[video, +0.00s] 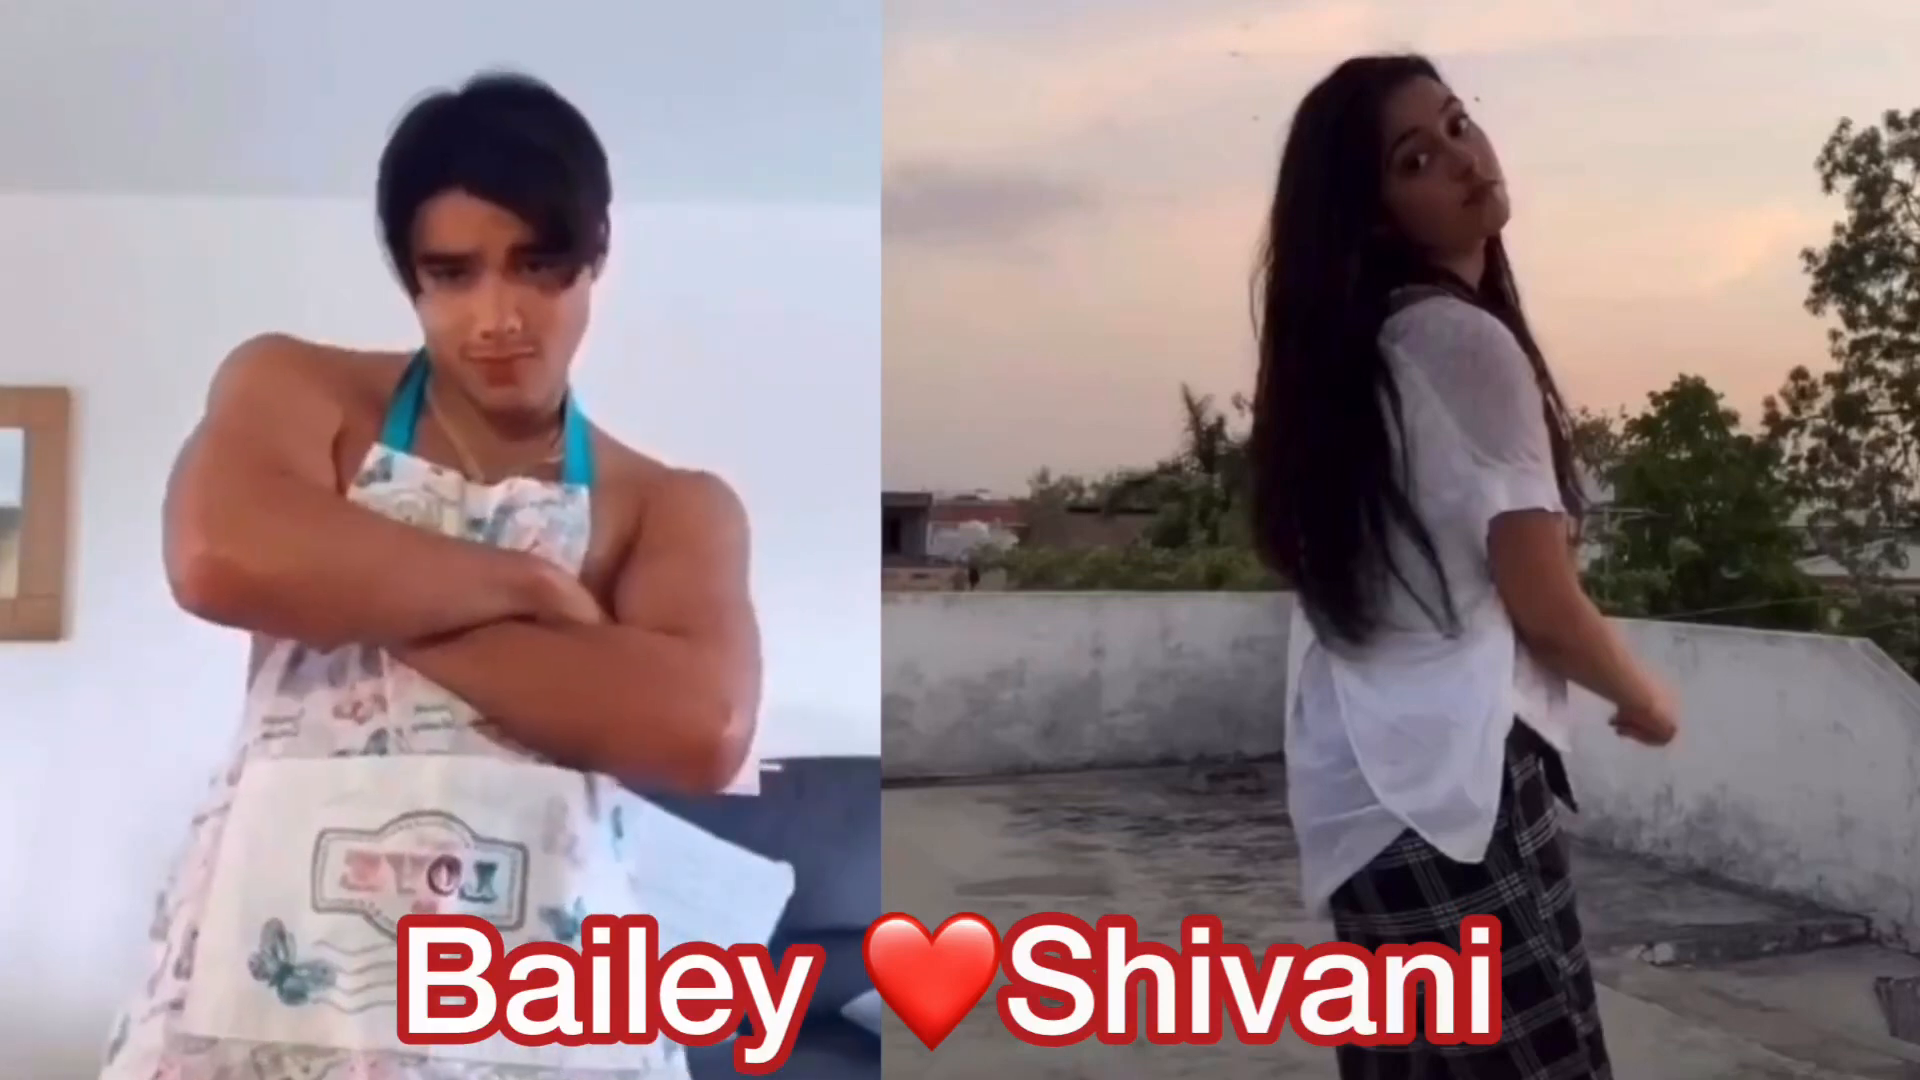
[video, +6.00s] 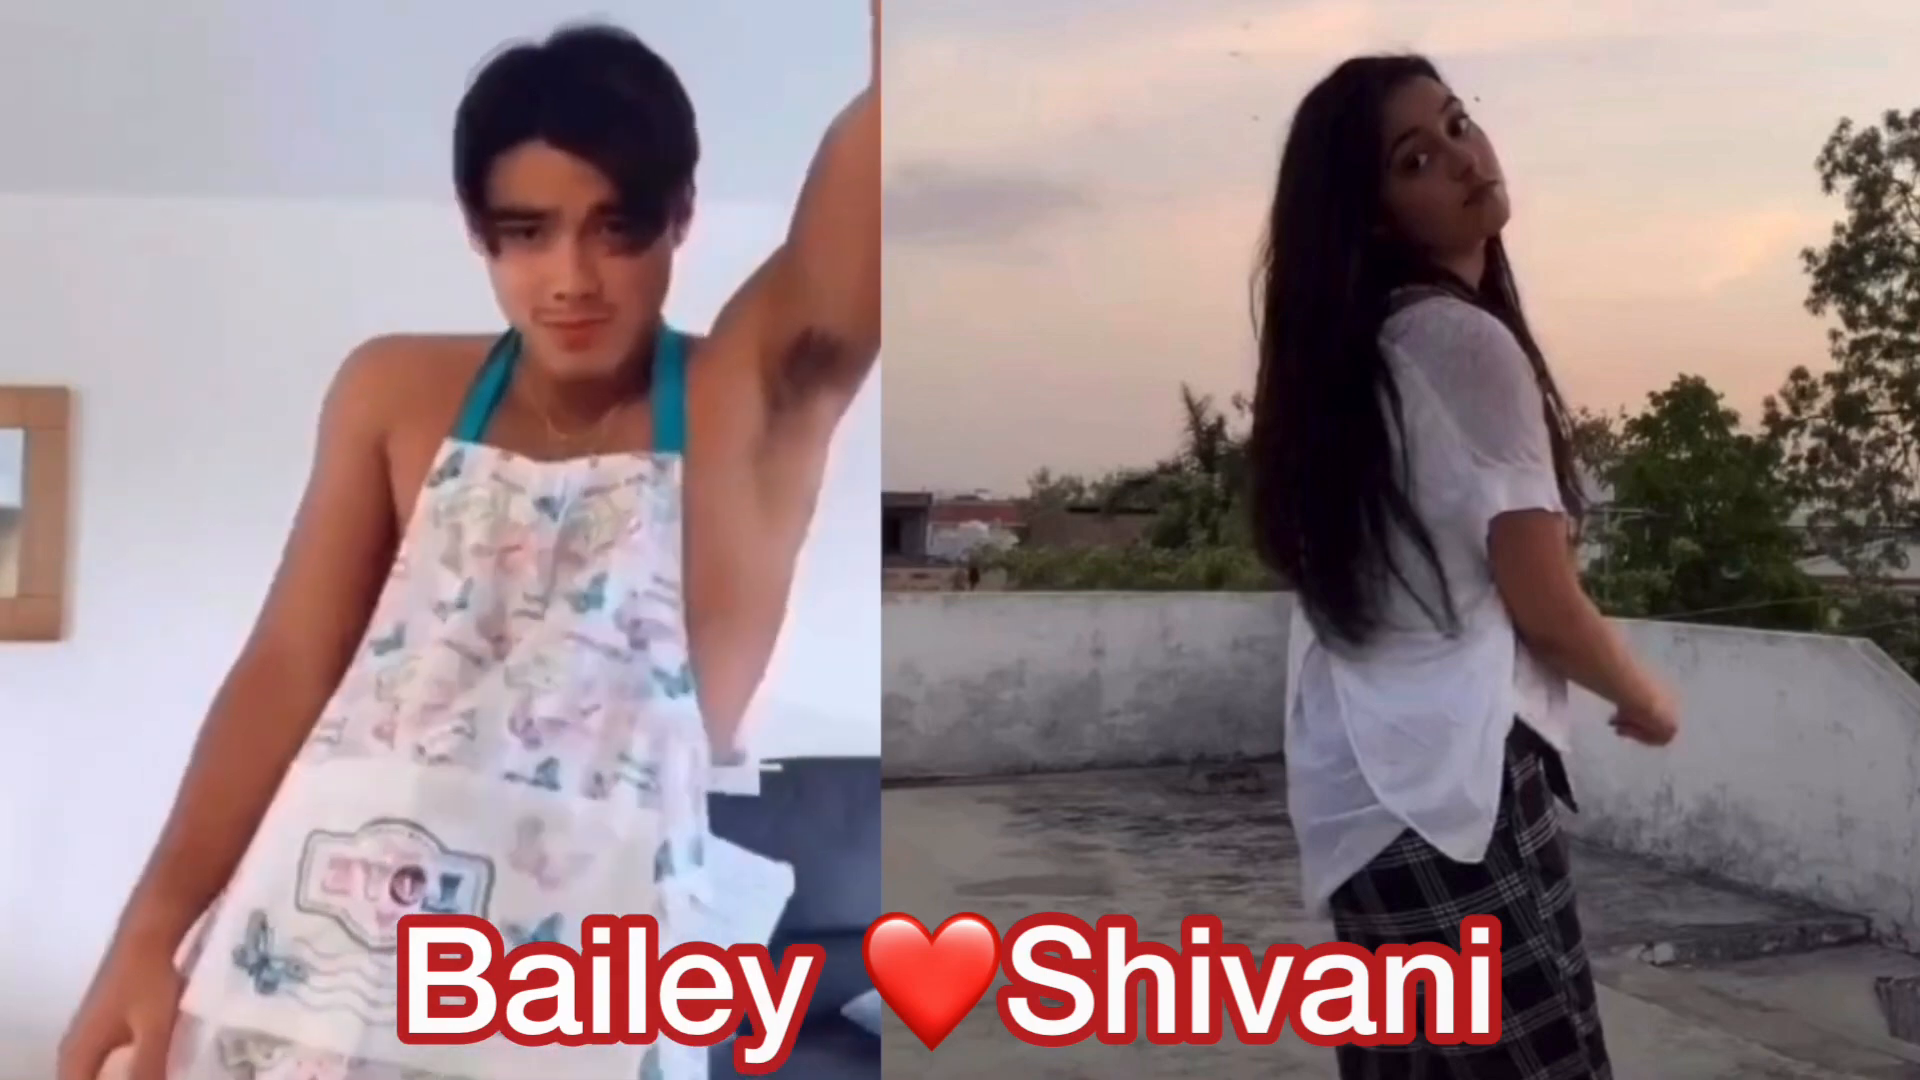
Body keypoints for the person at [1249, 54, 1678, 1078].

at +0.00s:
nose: (1467, 158)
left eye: (1459, 125)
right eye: (1418, 158)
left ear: (1480, 128)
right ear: (1370, 209)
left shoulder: (1352, 333)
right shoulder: (1464, 339)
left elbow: (1393, 567)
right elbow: (1545, 604)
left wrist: (1546, 666)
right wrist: (1643, 697)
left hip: (1362, 784)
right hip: (1451, 790)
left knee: (1397, 1056)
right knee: (1544, 1056)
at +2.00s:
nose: (1467, 158)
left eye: (1459, 125)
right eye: (1418, 158)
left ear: (1480, 128)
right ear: (1370, 210)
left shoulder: (1352, 333)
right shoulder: (1464, 339)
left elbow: (1393, 566)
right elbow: (1545, 603)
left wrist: (1546, 665)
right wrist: (1642, 697)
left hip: (1362, 783)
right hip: (1451, 789)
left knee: (1397, 1056)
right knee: (1544, 1055)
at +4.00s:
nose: (1467, 158)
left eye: (1459, 125)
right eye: (1418, 158)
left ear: (1479, 128)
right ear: (1370, 210)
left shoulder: (1353, 333)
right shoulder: (1464, 339)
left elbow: (1393, 566)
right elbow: (1545, 603)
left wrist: (1546, 665)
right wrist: (1642, 697)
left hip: (1362, 783)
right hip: (1451, 789)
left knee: (1397, 1056)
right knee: (1544, 1055)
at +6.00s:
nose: (1466, 158)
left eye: (1459, 125)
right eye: (1417, 158)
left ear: (1480, 129)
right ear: (1370, 210)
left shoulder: (1352, 333)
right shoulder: (1465, 339)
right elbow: (1545, 602)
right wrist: (1643, 697)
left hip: (1361, 783)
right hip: (1453, 789)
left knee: (1396, 1056)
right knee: (1544, 1056)